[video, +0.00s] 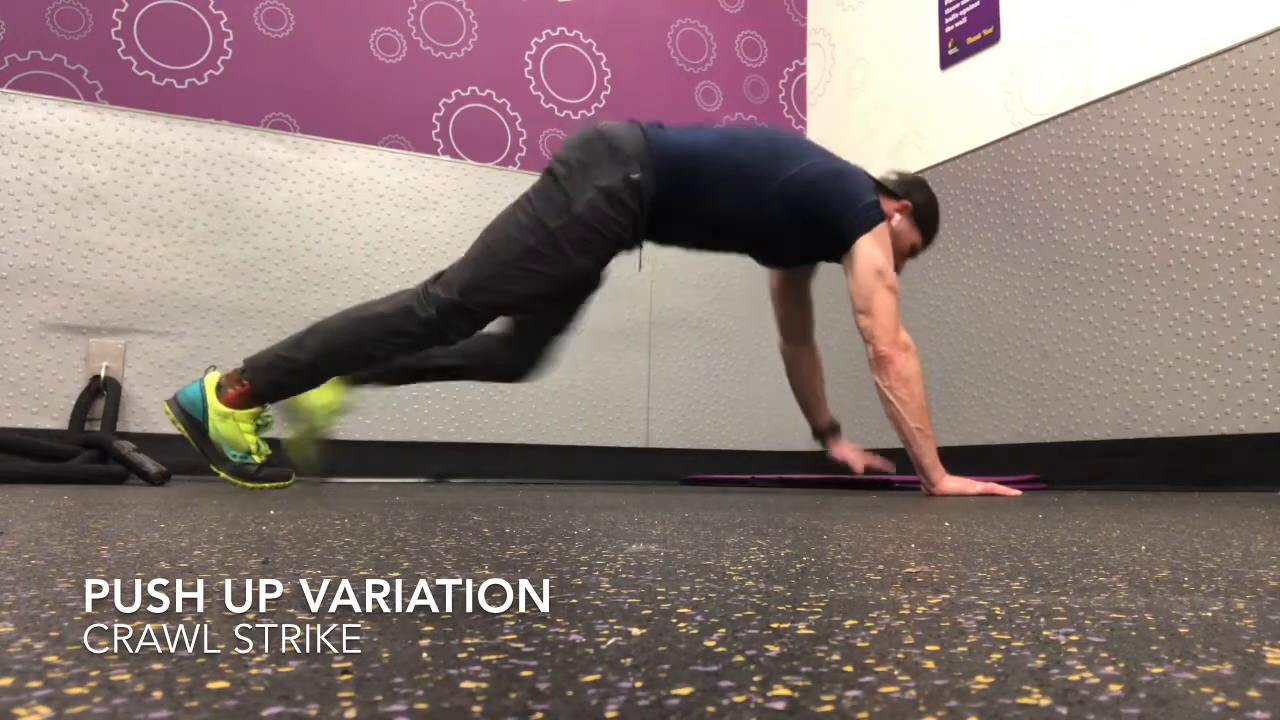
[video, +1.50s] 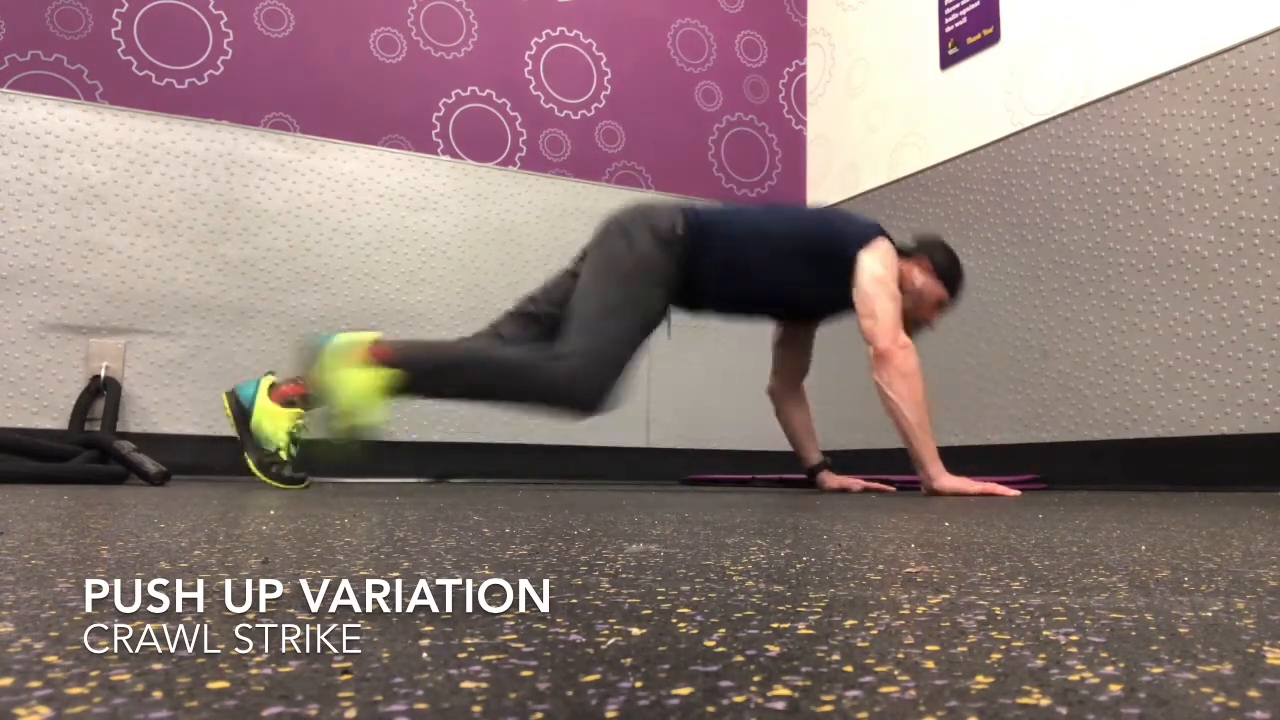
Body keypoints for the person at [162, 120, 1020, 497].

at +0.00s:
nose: (893, 270)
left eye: (903, 257)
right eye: (906, 251)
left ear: (878, 208)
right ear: (900, 216)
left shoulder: (804, 223)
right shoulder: (864, 208)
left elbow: (797, 343)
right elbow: (888, 348)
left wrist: (833, 441)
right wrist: (937, 472)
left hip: (621, 203)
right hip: (615, 174)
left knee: (513, 356)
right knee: (448, 307)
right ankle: (230, 389)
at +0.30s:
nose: (916, 350)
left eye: (933, 346)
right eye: (933, 337)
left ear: (906, 304)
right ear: (926, 292)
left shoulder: (841, 291)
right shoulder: (887, 265)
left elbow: (783, 391)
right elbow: (892, 362)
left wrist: (817, 471)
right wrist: (935, 476)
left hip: (660, 304)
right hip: (657, 292)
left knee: (472, 364)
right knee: (468, 365)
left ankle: (261, 390)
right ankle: (248, 391)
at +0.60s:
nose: (945, 423)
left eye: (958, 427)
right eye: (958, 411)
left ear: (950, 410)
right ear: (955, 373)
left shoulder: (870, 359)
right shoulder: (916, 335)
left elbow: (787, 402)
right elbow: (894, 362)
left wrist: (814, 470)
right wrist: (938, 474)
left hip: (684, 391)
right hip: (683, 370)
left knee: (489, 407)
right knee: (486, 407)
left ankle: (279, 394)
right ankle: (266, 384)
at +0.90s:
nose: (969, 455)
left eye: (978, 455)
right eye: (976, 443)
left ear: (963, 436)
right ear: (963, 413)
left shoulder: (881, 410)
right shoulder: (914, 378)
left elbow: (770, 459)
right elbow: (903, 369)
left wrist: (832, 479)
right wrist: (938, 476)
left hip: (692, 427)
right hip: (693, 406)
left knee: (491, 432)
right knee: (490, 426)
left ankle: (289, 407)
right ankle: (278, 385)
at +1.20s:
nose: (950, 422)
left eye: (962, 422)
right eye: (961, 411)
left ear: (954, 400)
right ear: (958, 371)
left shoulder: (871, 350)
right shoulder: (922, 335)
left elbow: (787, 392)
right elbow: (897, 360)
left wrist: (815, 469)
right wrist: (936, 473)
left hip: (686, 384)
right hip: (686, 368)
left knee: (491, 407)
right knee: (488, 407)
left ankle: (282, 390)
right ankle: (273, 382)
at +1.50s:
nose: (907, 326)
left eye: (920, 316)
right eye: (919, 309)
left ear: (896, 276)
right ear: (914, 269)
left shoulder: (824, 278)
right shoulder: (873, 247)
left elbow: (788, 384)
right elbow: (894, 355)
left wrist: (819, 469)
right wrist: (935, 473)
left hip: (640, 255)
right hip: (653, 238)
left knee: (501, 353)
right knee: (578, 381)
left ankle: (291, 401)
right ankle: (374, 360)